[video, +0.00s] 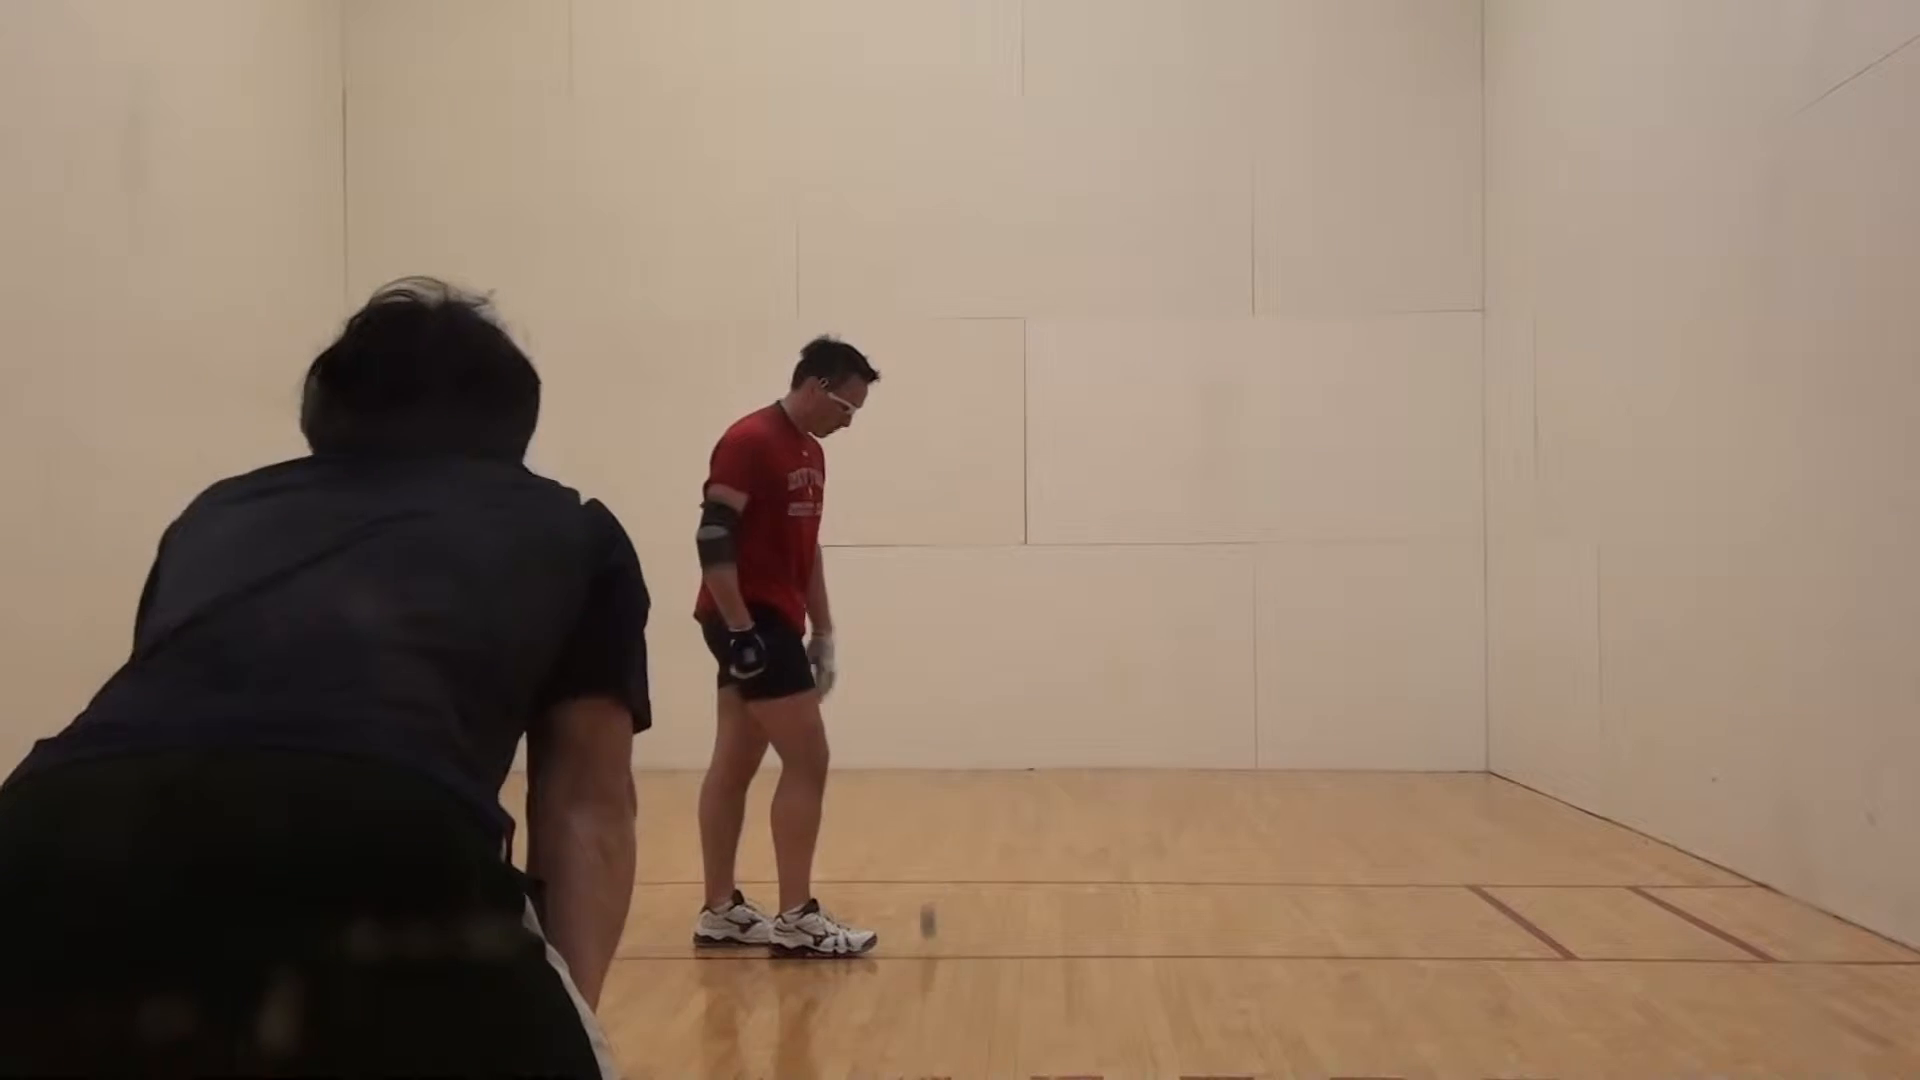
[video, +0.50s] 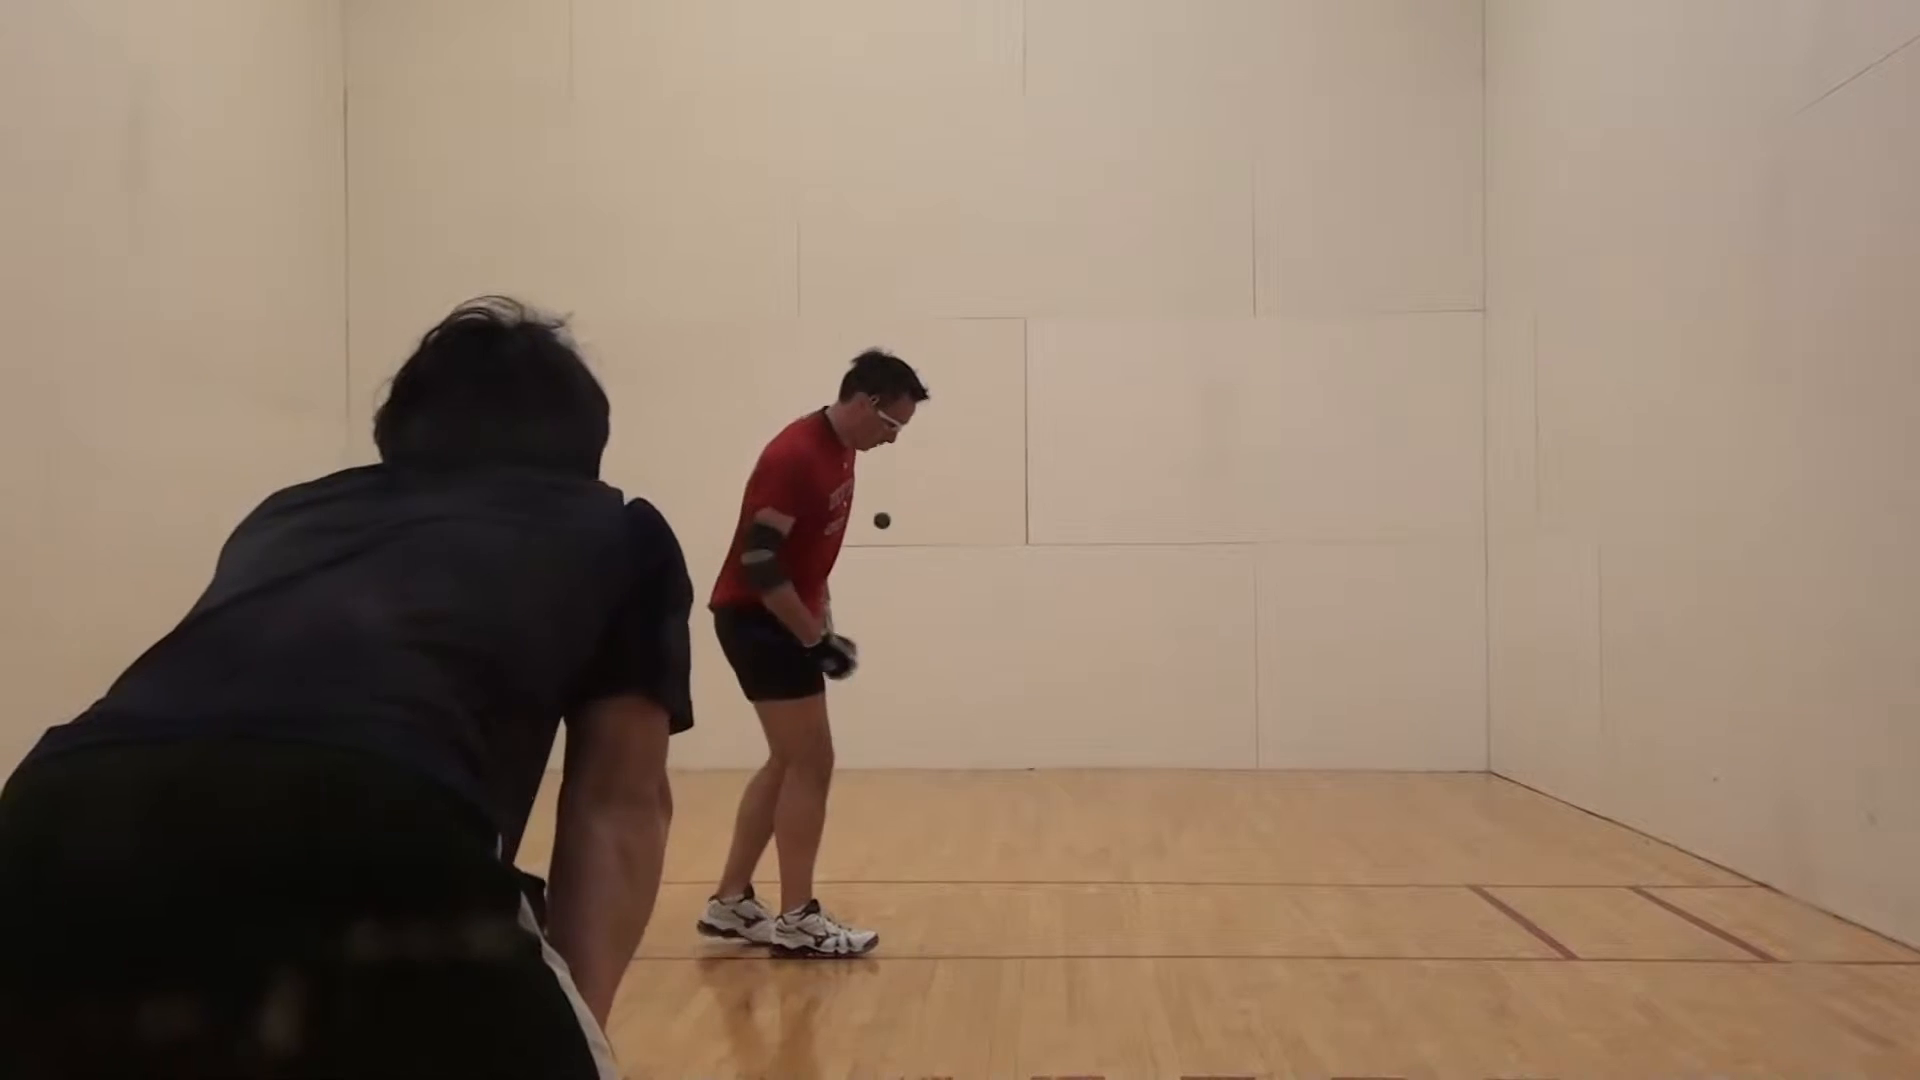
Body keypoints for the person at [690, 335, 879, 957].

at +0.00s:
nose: (849, 418)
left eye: (855, 407)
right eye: (847, 404)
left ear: (822, 393)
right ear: (813, 386)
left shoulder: (809, 451)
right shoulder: (749, 441)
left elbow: (806, 549)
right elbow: (713, 540)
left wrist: (821, 626)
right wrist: (739, 629)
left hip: (770, 624)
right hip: (753, 628)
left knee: (732, 767)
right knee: (806, 760)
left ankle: (719, 908)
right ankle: (796, 914)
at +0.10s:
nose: (860, 419)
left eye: (866, 408)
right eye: (857, 404)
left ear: (832, 394)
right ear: (823, 386)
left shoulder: (816, 449)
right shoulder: (760, 442)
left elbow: (799, 549)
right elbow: (719, 542)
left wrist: (807, 625)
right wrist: (739, 633)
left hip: (775, 624)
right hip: (757, 626)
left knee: (738, 765)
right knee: (807, 759)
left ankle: (720, 908)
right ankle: (796, 915)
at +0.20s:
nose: (870, 421)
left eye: (876, 410)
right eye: (867, 407)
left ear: (840, 394)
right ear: (833, 388)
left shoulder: (821, 444)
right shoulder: (771, 444)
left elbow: (794, 541)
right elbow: (728, 547)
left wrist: (801, 617)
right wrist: (742, 639)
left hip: (775, 620)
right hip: (764, 624)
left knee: (748, 764)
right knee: (809, 761)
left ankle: (721, 907)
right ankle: (796, 915)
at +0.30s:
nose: (880, 424)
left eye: (885, 413)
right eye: (877, 410)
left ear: (849, 397)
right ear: (843, 391)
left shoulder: (825, 445)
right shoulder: (781, 448)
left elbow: (796, 546)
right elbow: (737, 557)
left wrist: (804, 621)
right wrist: (760, 646)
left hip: (778, 619)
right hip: (765, 623)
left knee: (762, 761)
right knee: (810, 762)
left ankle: (722, 906)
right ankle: (796, 914)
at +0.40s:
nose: (887, 429)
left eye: (893, 418)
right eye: (885, 414)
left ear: (858, 400)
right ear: (852, 395)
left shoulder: (832, 448)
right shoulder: (790, 450)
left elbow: (806, 548)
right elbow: (746, 556)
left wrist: (815, 618)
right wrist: (785, 641)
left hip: (781, 616)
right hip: (758, 618)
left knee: (774, 761)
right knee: (810, 762)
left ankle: (725, 904)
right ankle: (797, 914)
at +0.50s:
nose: (893, 436)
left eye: (899, 426)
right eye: (892, 422)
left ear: (865, 405)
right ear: (860, 401)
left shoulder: (836, 451)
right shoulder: (799, 454)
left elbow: (809, 555)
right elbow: (759, 558)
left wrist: (825, 628)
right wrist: (814, 638)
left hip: (777, 617)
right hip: (757, 618)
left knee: (788, 759)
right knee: (811, 760)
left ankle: (729, 900)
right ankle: (797, 914)